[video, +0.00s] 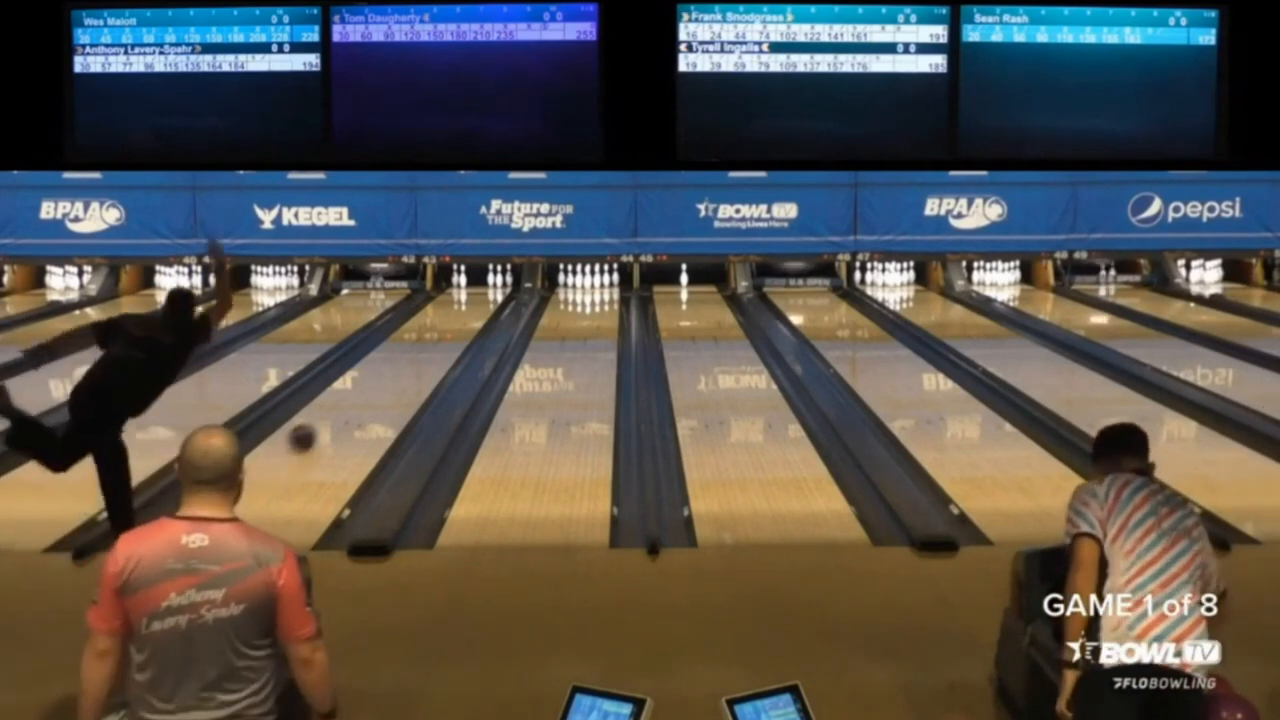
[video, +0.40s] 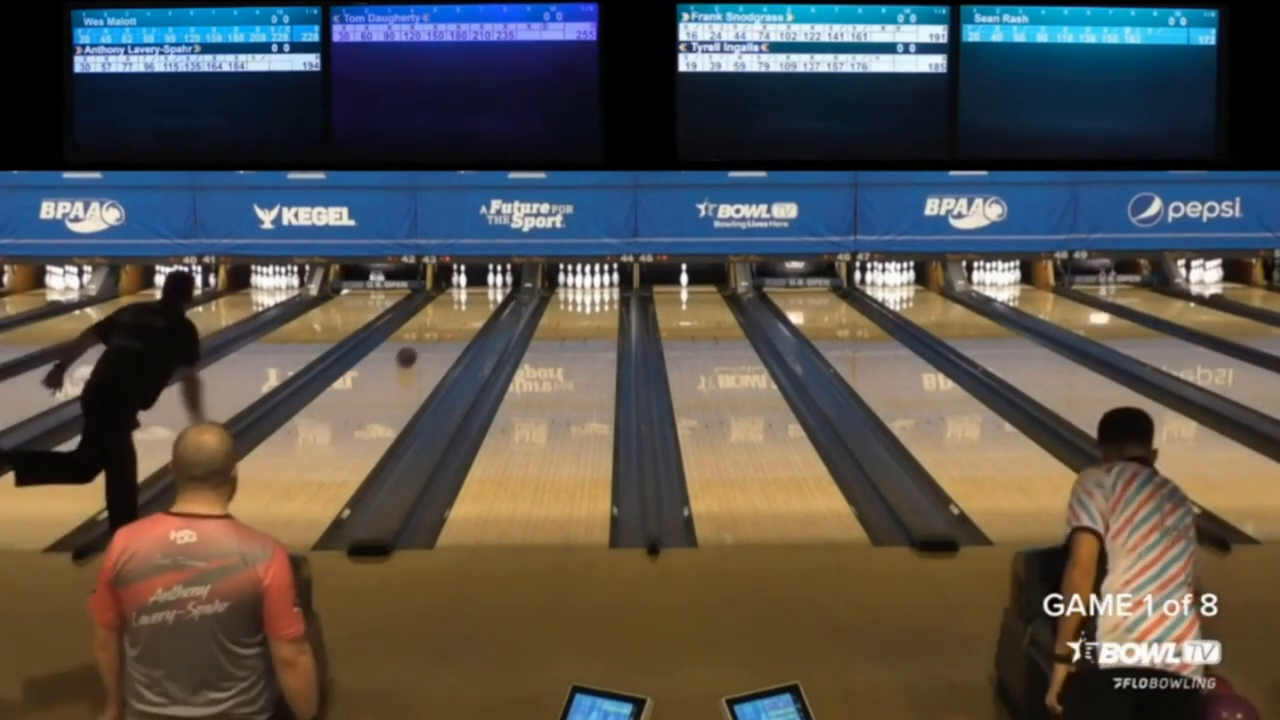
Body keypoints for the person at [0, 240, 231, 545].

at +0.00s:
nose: (190, 314)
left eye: (184, 306)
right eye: (190, 308)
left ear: (165, 306)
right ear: (190, 312)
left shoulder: (132, 324)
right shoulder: (187, 334)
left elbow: (81, 335)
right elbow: (224, 304)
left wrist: (45, 349)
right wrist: (221, 267)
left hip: (84, 403)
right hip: (107, 413)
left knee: (115, 477)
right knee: (58, 459)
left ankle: (125, 537)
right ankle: (11, 416)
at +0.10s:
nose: (186, 306)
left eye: (183, 301)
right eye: (185, 302)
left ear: (163, 297)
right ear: (186, 302)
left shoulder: (134, 317)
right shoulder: (186, 325)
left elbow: (87, 334)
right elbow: (227, 305)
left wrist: (47, 356)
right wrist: (239, 276)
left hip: (92, 400)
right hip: (110, 408)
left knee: (116, 476)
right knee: (65, 459)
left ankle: (123, 540)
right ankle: (12, 412)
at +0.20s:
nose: (185, 303)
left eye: (183, 297)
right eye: (186, 298)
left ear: (163, 293)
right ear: (187, 300)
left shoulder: (134, 315)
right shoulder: (186, 326)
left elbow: (88, 335)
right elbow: (222, 333)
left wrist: (53, 359)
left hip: (95, 401)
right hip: (113, 409)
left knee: (120, 477)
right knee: (74, 466)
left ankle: (122, 542)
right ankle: (10, 440)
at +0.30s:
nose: (185, 301)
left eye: (182, 296)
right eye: (187, 297)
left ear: (163, 292)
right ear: (188, 299)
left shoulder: (133, 313)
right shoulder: (186, 329)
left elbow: (86, 338)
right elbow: (216, 364)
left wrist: (57, 365)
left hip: (96, 398)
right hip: (117, 407)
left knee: (121, 475)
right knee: (78, 468)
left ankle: (124, 540)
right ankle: (10, 457)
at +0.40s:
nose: (183, 300)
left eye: (182, 293)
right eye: (187, 295)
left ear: (163, 290)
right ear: (189, 297)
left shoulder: (133, 312)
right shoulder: (185, 331)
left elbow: (86, 339)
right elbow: (190, 381)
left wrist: (60, 367)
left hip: (96, 397)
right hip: (120, 406)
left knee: (122, 473)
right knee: (84, 468)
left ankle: (125, 541)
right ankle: (11, 460)